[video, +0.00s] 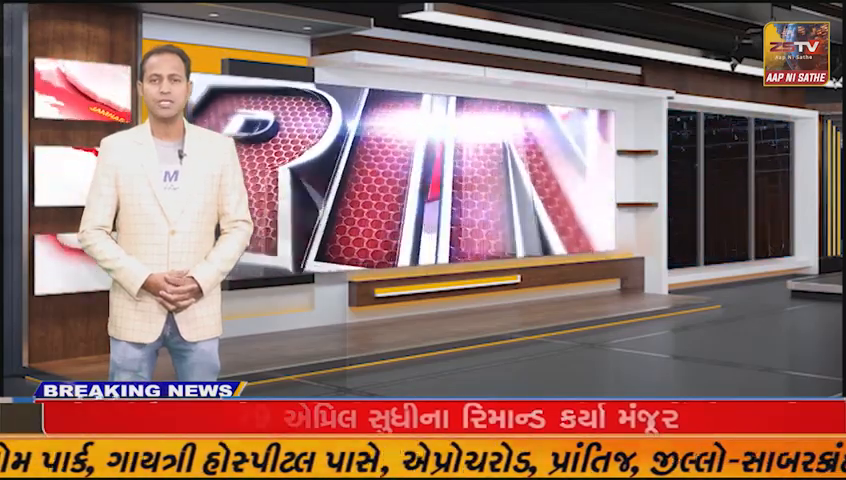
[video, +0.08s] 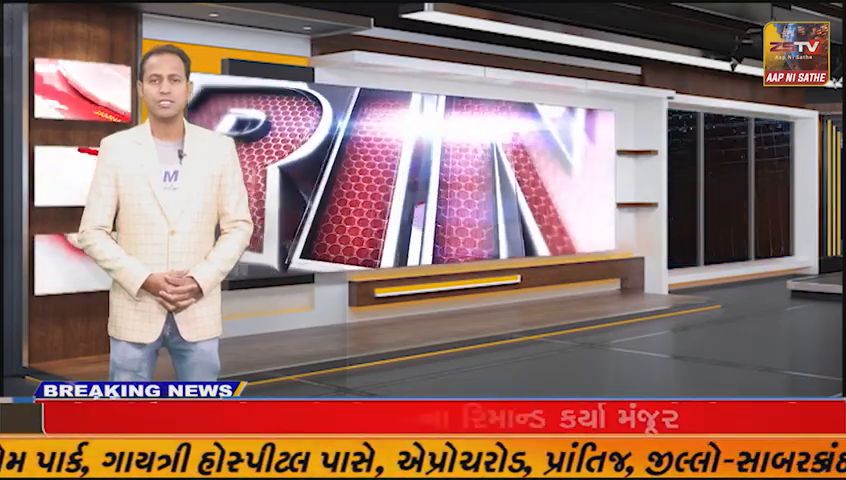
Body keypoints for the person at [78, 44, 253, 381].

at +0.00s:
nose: (164, 88)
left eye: (174, 79)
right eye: (155, 79)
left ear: (188, 89)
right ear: (141, 88)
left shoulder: (219, 147)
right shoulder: (116, 148)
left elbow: (239, 225)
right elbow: (92, 232)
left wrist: (200, 280)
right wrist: (144, 279)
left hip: (198, 310)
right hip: (134, 311)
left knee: (205, 418)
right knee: (125, 419)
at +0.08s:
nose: (165, 88)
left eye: (175, 79)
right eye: (155, 80)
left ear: (188, 88)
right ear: (141, 89)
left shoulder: (220, 147)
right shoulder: (116, 148)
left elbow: (239, 225)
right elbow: (92, 231)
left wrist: (200, 280)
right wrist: (144, 279)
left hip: (198, 310)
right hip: (134, 310)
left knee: (204, 418)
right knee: (125, 419)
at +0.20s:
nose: (165, 88)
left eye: (175, 79)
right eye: (155, 80)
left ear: (189, 89)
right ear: (141, 89)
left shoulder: (220, 148)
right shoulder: (116, 147)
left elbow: (239, 225)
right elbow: (92, 231)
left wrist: (200, 281)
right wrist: (144, 279)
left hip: (198, 310)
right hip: (134, 311)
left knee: (204, 418)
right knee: (125, 419)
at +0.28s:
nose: (165, 89)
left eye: (175, 79)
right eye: (154, 80)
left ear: (189, 89)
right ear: (141, 89)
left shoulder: (220, 148)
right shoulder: (116, 148)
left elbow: (238, 226)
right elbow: (92, 232)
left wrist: (200, 281)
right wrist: (144, 279)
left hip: (198, 310)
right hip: (134, 311)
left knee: (204, 419)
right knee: (125, 419)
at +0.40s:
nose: (165, 88)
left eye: (175, 79)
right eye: (154, 80)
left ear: (189, 89)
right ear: (141, 89)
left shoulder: (219, 148)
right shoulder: (116, 148)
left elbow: (238, 226)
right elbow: (92, 231)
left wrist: (200, 281)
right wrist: (143, 279)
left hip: (198, 310)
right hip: (134, 311)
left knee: (204, 420)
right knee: (125, 420)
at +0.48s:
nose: (165, 88)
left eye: (175, 79)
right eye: (155, 79)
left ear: (189, 89)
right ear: (141, 89)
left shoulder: (219, 148)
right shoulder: (116, 148)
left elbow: (239, 225)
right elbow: (91, 231)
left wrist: (200, 281)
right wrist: (143, 279)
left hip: (198, 310)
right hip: (134, 310)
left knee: (204, 420)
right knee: (125, 420)